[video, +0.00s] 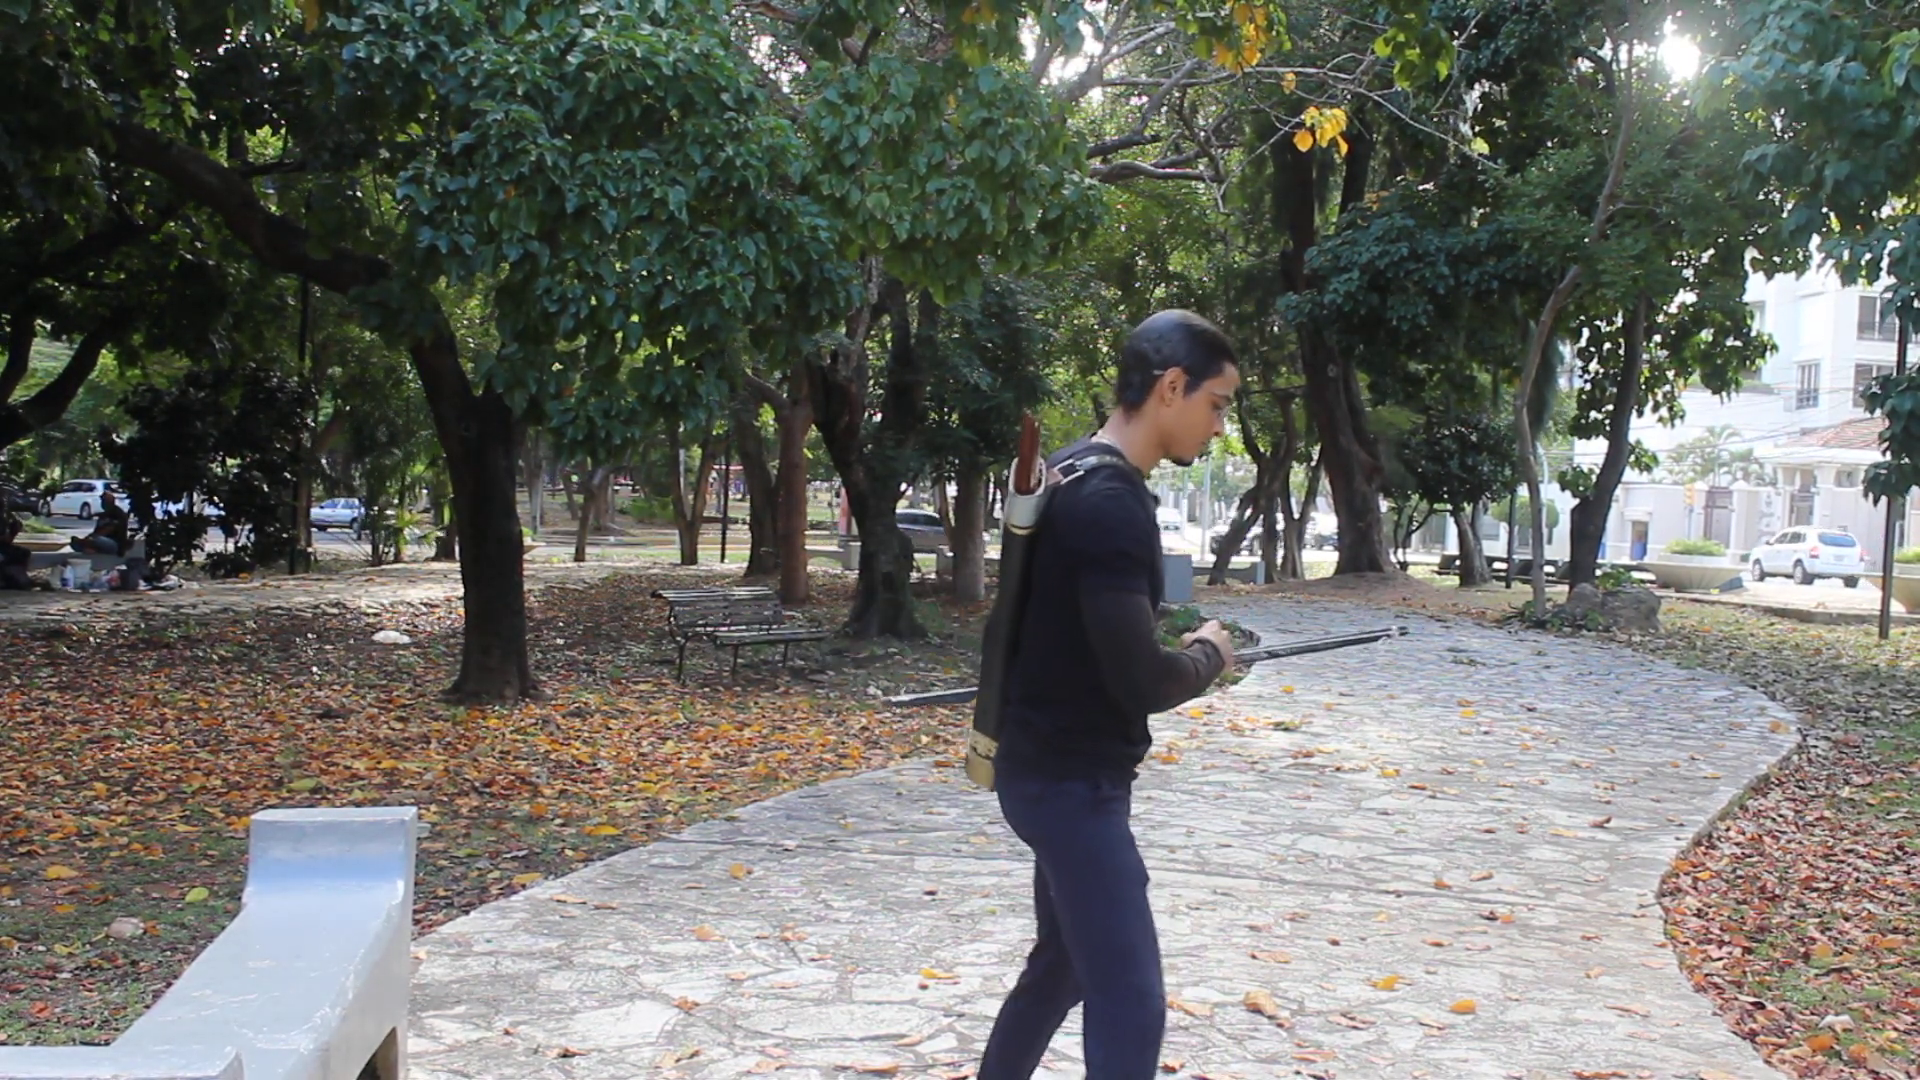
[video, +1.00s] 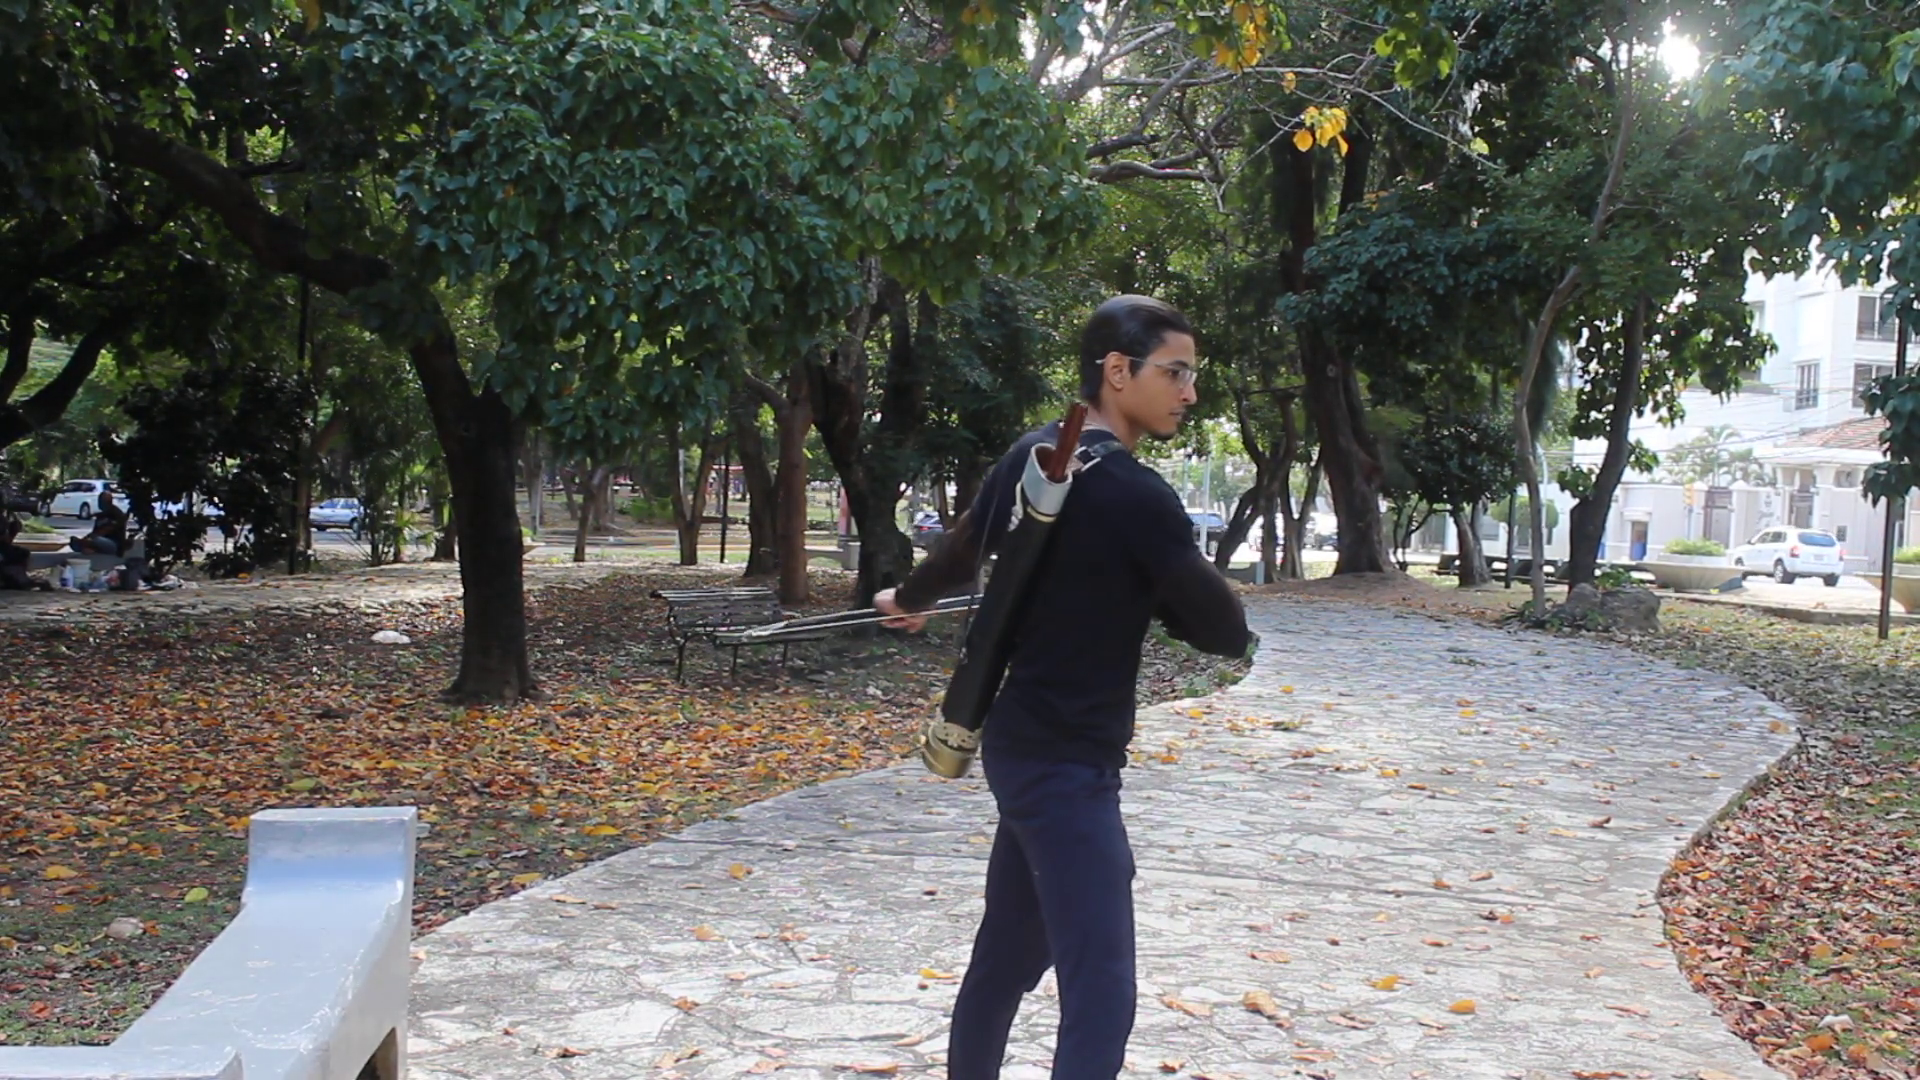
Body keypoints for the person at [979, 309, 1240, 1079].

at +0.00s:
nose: (1221, 428)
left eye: (1226, 410)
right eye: (1218, 405)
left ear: (1158, 389)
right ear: (1167, 388)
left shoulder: (1079, 474)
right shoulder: (1110, 499)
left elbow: (1072, 640)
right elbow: (1141, 681)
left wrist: (1177, 643)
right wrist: (1208, 655)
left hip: (1057, 778)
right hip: (1074, 788)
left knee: (1057, 969)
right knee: (1130, 1001)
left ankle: (995, 1073)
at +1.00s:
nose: (1190, 393)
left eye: (1192, 375)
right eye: (1176, 372)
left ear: (1111, 377)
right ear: (1116, 372)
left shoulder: (1029, 456)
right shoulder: (1137, 494)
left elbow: (958, 554)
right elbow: (1225, 630)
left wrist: (907, 599)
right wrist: (1161, 565)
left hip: (1021, 747)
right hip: (1068, 765)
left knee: (1006, 959)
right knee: (1102, 997)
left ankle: (968, 1071)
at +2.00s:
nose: (1214, 417)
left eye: (1225, 395)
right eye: (1191, 395)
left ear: (1236, 394)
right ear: (1136, 395)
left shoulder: (1167, 505)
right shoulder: (1103, 513)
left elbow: (1162, 654)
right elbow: (1187, 689)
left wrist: (1215, 647)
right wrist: (1250, 646)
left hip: (1158, 803)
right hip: (1079, 806)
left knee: (1146, 1025)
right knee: (1155, 1047)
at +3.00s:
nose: (1227, 367)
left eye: (1253, 344)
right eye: (1224, 348)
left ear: (1329, 355)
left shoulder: (1309, 464)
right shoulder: (1369, 479)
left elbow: (1150, 506)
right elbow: (1332, 714)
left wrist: (1055, 515)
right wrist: (1227, 684)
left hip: (1325, 878)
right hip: (1280, 866)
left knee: (1264, 1068)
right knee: (1224, 1063)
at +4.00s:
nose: (1264, 381)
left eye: (1290, 358)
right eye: (1263, 359)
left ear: (1369, 364)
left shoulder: (1317, 492)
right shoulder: (1437, 495)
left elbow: (1135, 572)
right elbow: (1390, 684)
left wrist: (1244, 561)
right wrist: (1263, 681)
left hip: (1318, 884)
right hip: (1377, 870)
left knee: (1264, 1066)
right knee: (1268, 1057)